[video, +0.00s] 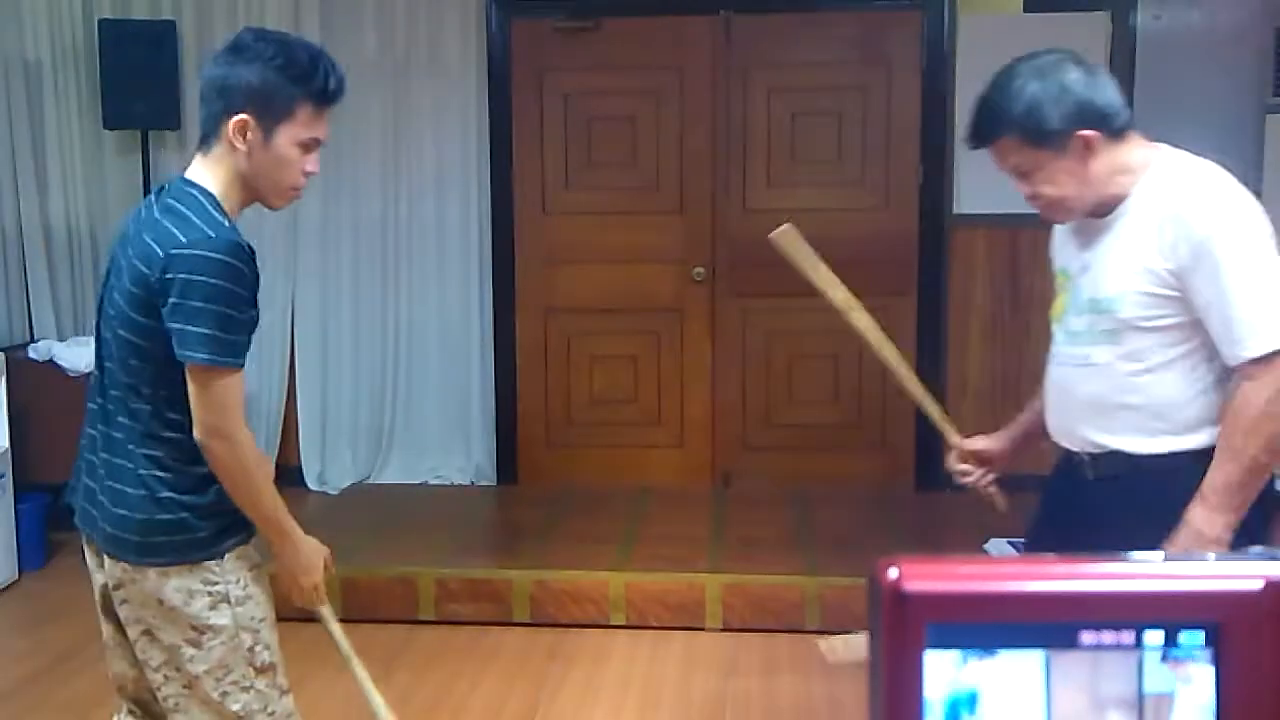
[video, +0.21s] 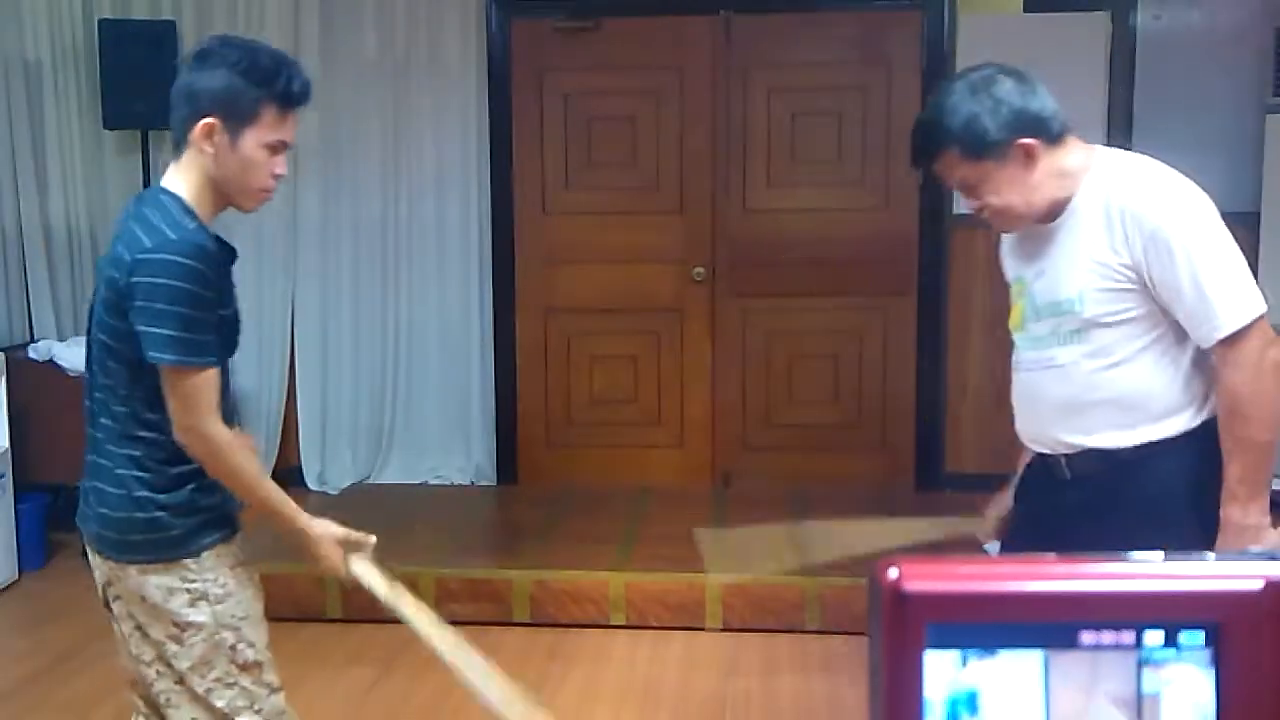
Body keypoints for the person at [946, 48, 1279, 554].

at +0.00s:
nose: (1026, 195)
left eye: (1030, 176)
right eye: (1017, 180)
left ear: (1086, 145)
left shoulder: (1207, 209)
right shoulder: (1075, 219)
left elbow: (1268, 377)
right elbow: (1085, 363)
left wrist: (1207, 527)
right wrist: (1010, 443)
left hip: (1174, 493)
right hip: (1074, 488)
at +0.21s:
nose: (972, 209)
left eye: (974, 189)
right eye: (963, 195)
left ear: (1026, 152)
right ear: (1025, 153)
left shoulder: (1151, 201)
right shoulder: (1020, 229)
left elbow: (1250, 346)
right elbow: (1060, 368)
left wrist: (1246, 518)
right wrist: (1022, 485)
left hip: (1155, 484)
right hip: (1049, 487)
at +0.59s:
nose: (963, 211)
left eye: (964, 192)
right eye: (955, 197)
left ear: (1019, 161)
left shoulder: (1146, 202)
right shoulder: (1012, 239)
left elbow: (1220, 357)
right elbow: (1041, 381)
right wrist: (979, 481)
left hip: (1175, 491)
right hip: (1053, 492)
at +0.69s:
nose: (996, 206)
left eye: (998, 185)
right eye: (988, 189)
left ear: (1056, 159)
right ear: (1057, 161)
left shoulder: (1180, 208)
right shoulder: (1041, 235)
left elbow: (1223, 370)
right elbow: (1060, 357)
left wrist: (1081, 454)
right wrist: (972, 437)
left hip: (1197, 494)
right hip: (1083, 500)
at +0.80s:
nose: (1040, 204)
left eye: (1046, 183)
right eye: (1035, 185)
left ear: (1109, 164)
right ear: (1109, 166)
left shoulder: (1223, 226)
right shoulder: (1081, 242)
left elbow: (1239, 393)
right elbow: (1080, 373)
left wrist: (1080, 454)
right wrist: (973, 420)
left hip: (1222, 510)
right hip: (1107, 508)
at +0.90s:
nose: (1084, 206)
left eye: (1092, 184)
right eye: (1080, 186)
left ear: (1161, 169)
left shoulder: (1262, 242)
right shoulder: (1122, 258)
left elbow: (1270, 414)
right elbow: (1115, 391)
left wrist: (1119, 492)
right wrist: (1005, 440)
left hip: (1245, 531)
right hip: (1140, 531)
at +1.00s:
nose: (1116, 198)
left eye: (1126, 177)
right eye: (1112, 180)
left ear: (1197, 167)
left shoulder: (1270, 254)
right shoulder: (1147, 255)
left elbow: (1274, 460)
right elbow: (1149, 402)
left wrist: (1184, 534)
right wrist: (1072, 471)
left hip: (1254, 541)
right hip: (1153, 519)